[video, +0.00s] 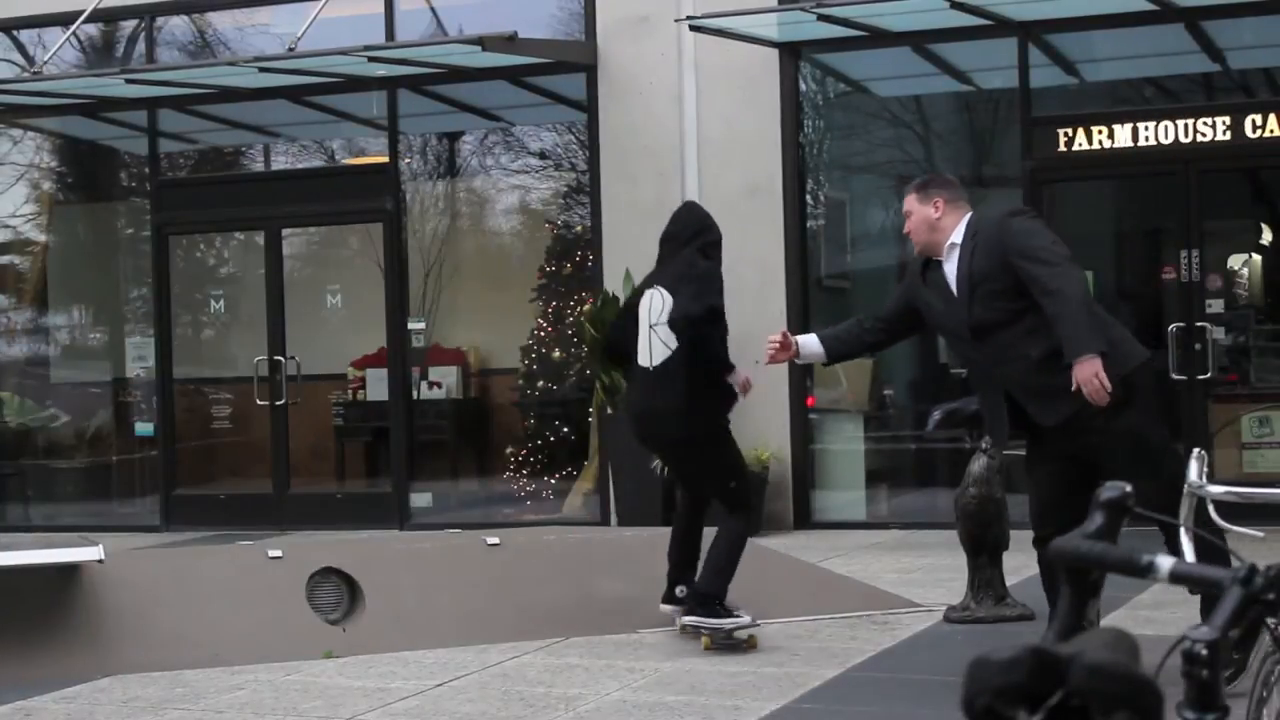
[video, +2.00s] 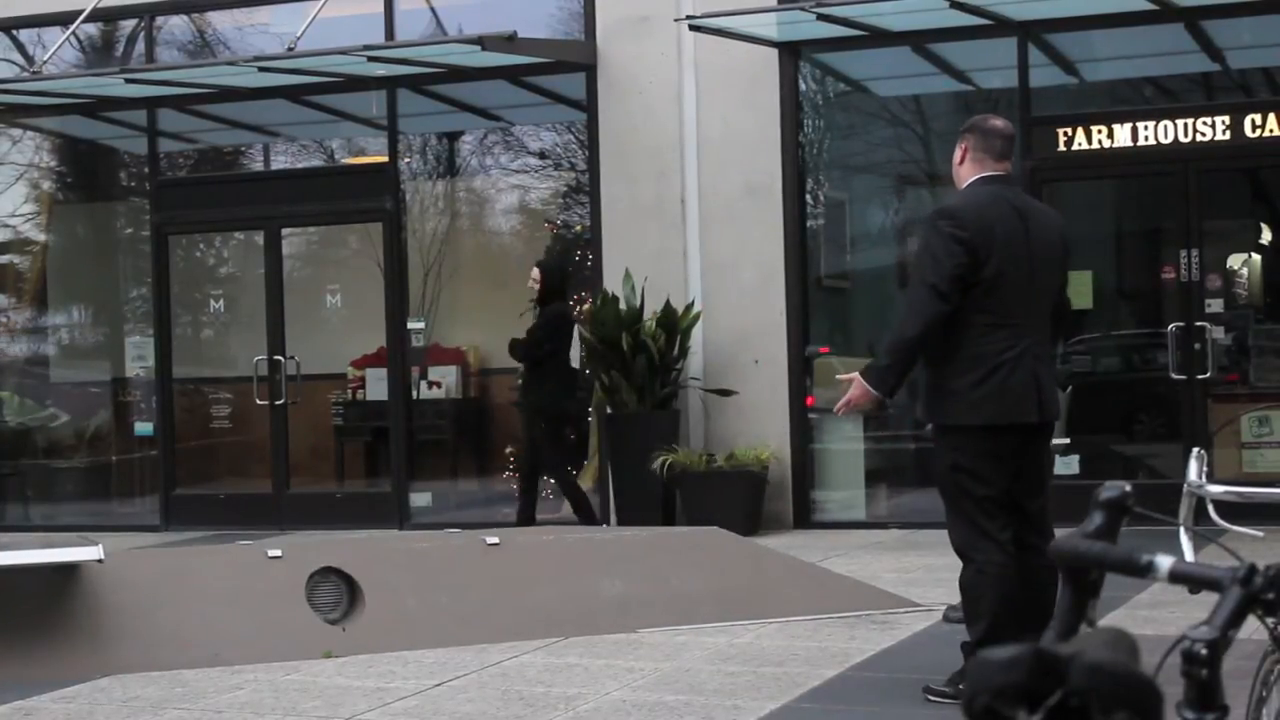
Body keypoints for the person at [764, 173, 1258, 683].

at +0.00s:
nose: (903, 227)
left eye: (908, 215)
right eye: (902, 218)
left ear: (940, 206)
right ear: (930, 213)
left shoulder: (1007, 229)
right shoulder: (926, 280)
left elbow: (1060, 283)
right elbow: (880, 329)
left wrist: (1083, 352)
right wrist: (805, 347)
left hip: (1106, 388)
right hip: (1050, 418)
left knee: (1169, 501)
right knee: (1054, 536)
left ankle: (1231, 603)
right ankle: (1067, 650)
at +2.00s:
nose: (951, 166)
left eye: (953, 157)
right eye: (955, 158)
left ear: (963, 156)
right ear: (1011, 160)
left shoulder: (955, 220)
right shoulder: (1045, 221)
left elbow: (925, 311)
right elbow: (1060, 315)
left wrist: (877, 379)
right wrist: (1020, 348)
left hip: (970, 409)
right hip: (1032, 406)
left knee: (981, 540)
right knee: (1028, 532)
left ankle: (987, 673)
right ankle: (1032, 666)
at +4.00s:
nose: (957, 166)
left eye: (959, 157)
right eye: (960, 158)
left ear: (969, 155)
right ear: (1020, 163)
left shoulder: (963, 215)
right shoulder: (1049, 221)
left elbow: (928, 307)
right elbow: (1065, 317)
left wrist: (877, 375)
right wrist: (1021, 349)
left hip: (972, 407)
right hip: (1033, 407)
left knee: (982, 539)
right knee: (1029, 533)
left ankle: (987, 674)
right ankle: (1032, 667)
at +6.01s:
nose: (956, 165)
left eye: (958, 155)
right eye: (959, 156)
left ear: (971, 153)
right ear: (1019, 161)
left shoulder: (965, 217)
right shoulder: (1048, 221)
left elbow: (931, 308)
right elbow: (1065, 317)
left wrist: (882, 376)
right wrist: (1023, 350)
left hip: (973, 408)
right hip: (1032, 407)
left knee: (981, 538)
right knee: (1027, 532)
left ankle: (986, 674)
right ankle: (1028, 667)